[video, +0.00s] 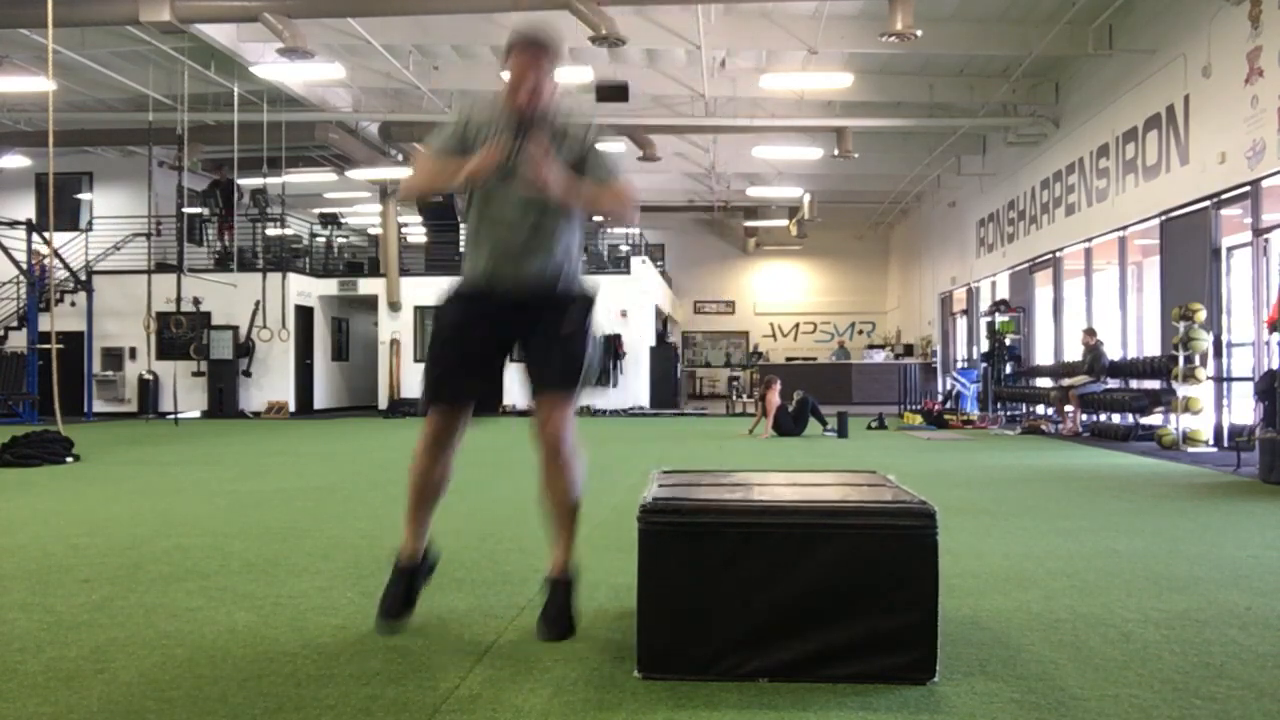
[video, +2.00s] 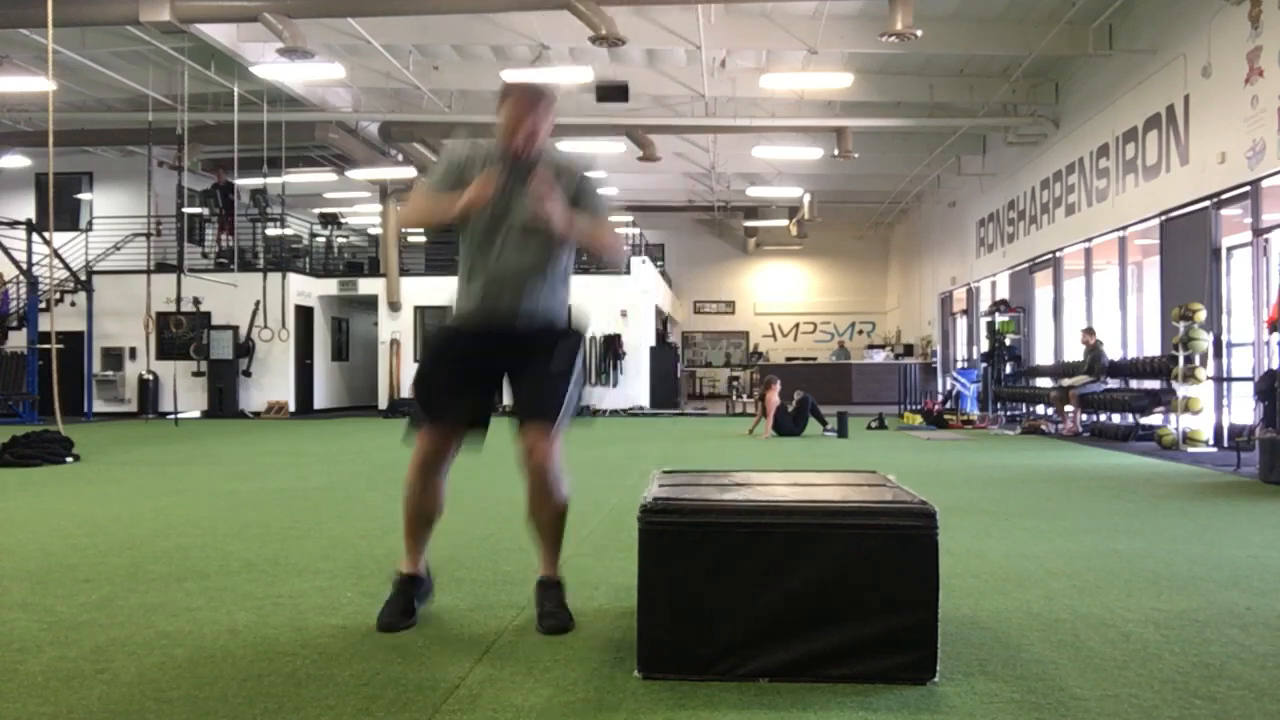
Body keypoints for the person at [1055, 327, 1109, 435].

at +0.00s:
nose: (1082, 340)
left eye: (1085, 337)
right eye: (1083, 337)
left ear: (1092, 339)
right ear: (1089, 338)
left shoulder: (1099, 353)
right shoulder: (1087, 351)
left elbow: (1096, 377)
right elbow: (1084, 370)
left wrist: (1075, 381)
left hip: (1099, 382)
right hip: (1086, 380)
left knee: (1073, 393)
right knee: (1057, 395)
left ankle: (1076, 426)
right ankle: (1066, 425)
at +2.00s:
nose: (1082, 339)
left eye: (1084, 337)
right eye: (1082, 336)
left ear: (1092, 337)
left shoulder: (1099, 353)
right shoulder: (1087, 351)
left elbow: (1097, 377)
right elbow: (1085, 371)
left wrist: (1074, 381)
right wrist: (1071, 380)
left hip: (1099, 382)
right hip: (1086, 379)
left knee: (1074, 393)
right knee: (1055, 395)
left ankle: (1076, 426)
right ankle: (1066, 425)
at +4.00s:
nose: (1082, 340)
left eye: (1084, 337)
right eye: (1082, 336)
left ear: (1092, 338)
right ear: (1087, 338)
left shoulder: (1099, 353)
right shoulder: (1088, 351)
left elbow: (1095, 377)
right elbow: (1085, 372)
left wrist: (1073, 381)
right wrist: (1071, 380)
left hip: (1099, 382)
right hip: (1087, 379)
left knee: (1074, 393)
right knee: (1054, 395)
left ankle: (1076, 426)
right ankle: (1066, 424)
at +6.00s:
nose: (1083, 340)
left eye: (1086, 337)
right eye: (1083, 337)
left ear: (1093, 338)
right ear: (1084, 337)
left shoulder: (1100, 353)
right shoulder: (1087, 351)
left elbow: (1095, 376)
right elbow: (1084, 371)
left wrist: (1073, 381)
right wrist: (1070, 380)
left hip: (1098, 382)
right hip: (1085, 380)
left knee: (1073, 393)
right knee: (1055, 395)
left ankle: (1076, 426)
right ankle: (1066, 424)